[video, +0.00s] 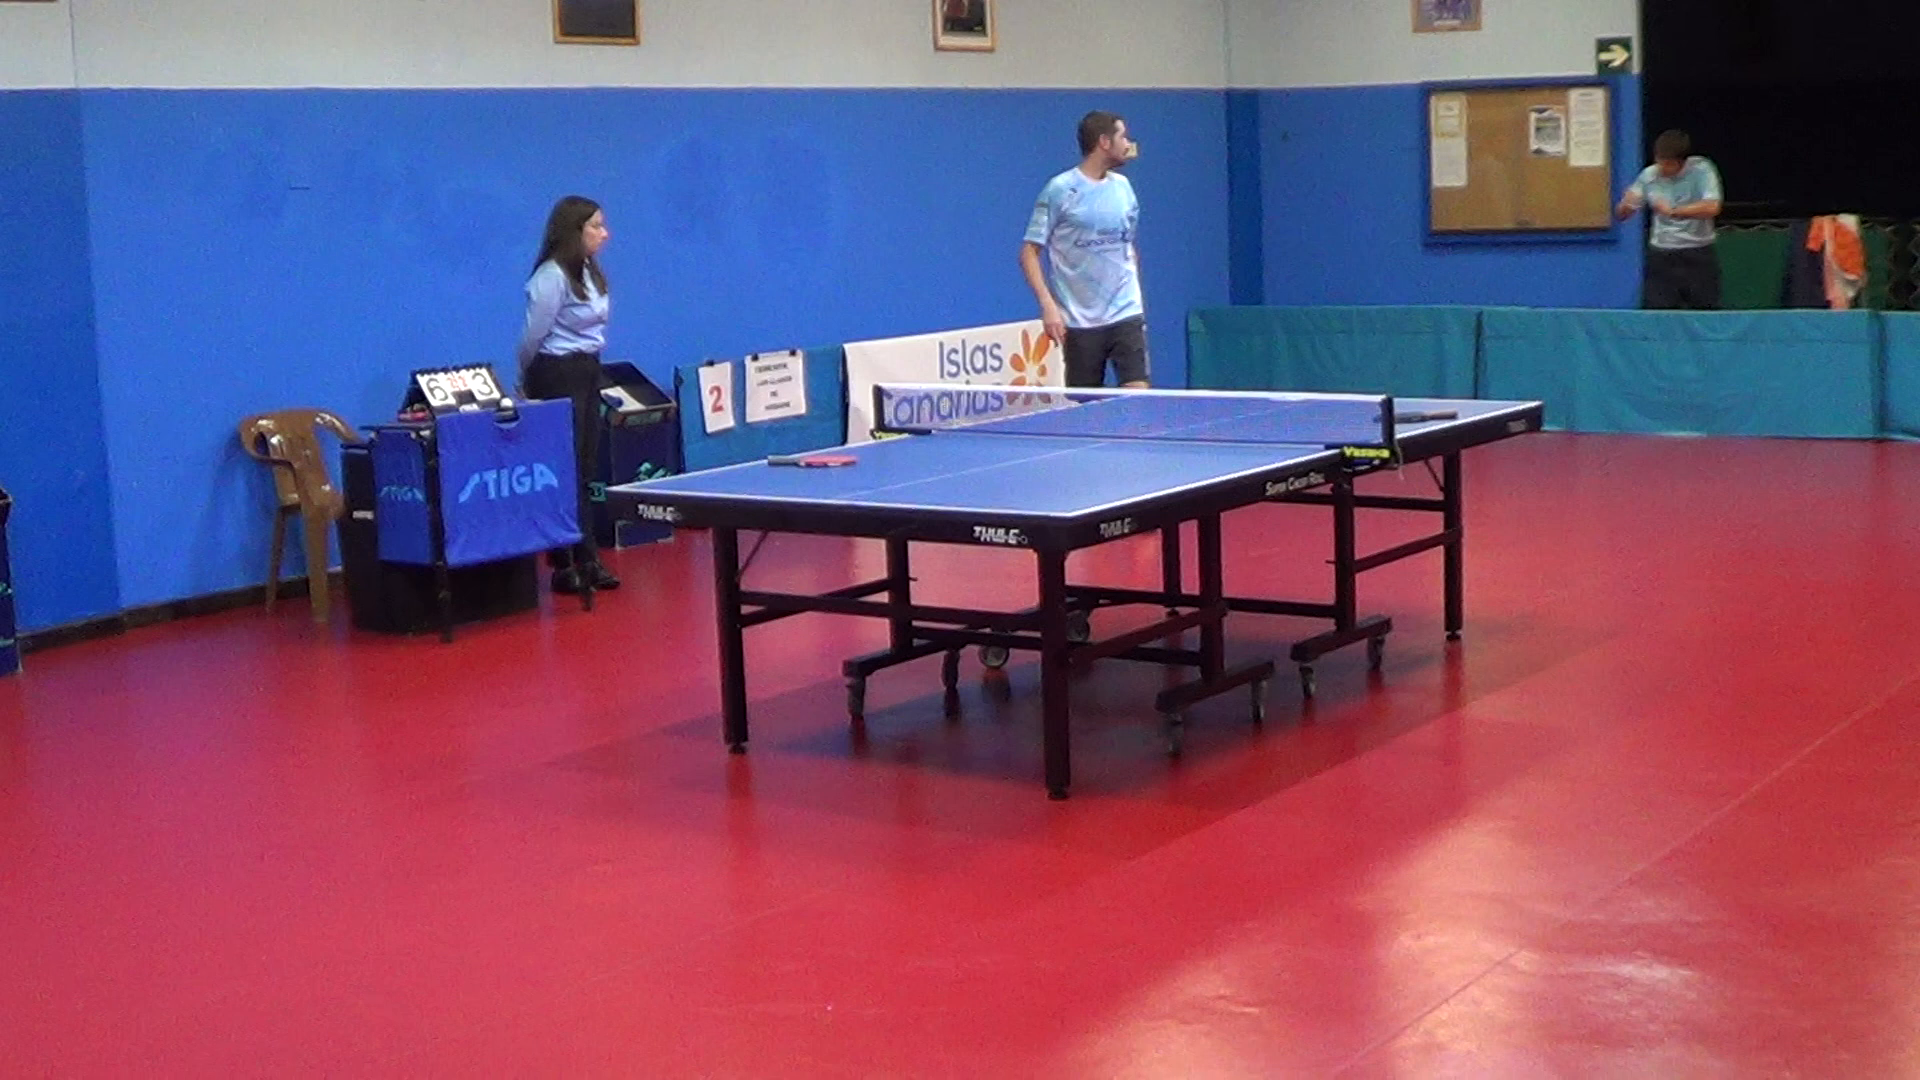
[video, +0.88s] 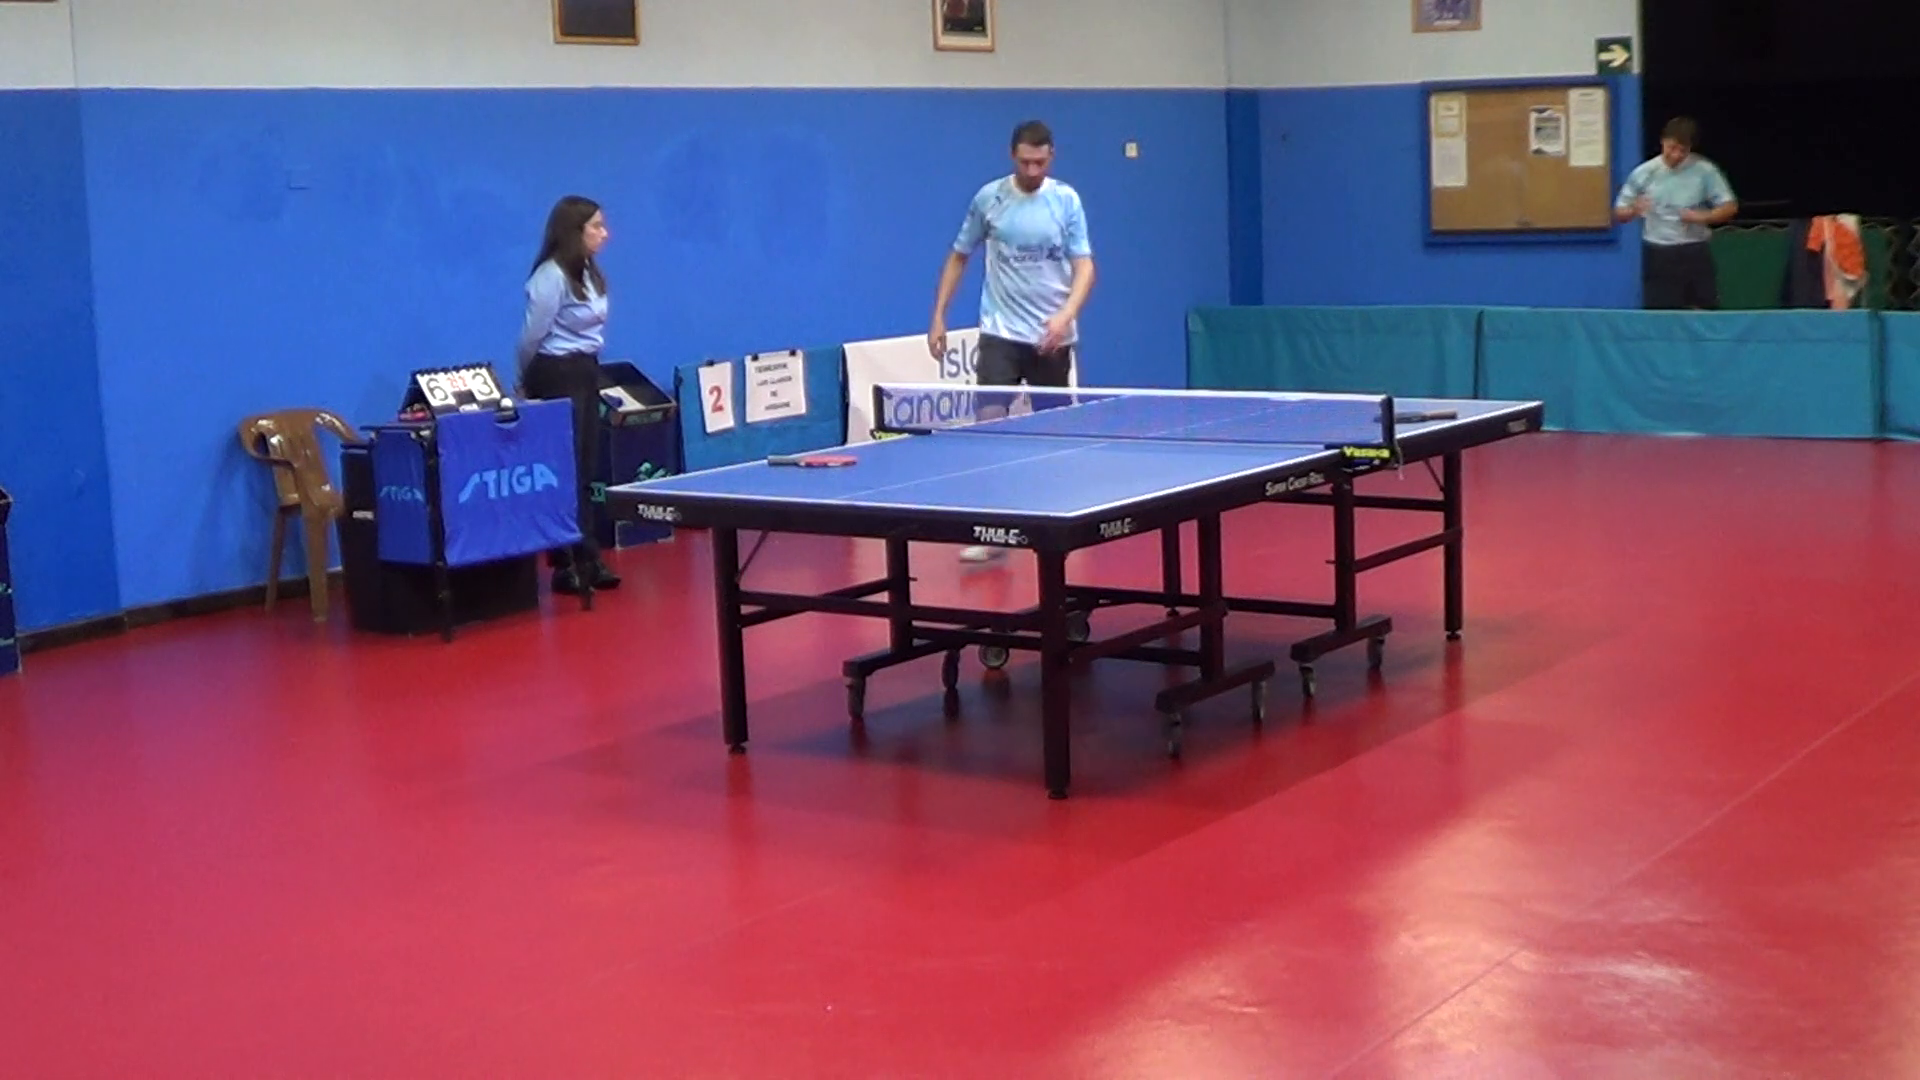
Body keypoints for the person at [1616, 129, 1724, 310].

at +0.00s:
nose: (1663, 168)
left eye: (1668, 164)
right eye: (1661, 163)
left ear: (1681, 161)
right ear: (1657, 159)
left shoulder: (1702, 169)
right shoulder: (1649, 174)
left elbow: (1712, 207)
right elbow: (1622, 214)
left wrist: (1673, 211)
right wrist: (1627, 205)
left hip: (1698, 254)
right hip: (1662, 255)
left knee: (1705, 314)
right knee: (1658, 315)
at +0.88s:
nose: (1676, 155)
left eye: (1682, 150)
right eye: (1672, 148)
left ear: (1690, 149)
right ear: (1662, 144)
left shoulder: (1705, 171)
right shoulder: (1645, 172)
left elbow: (1729, 207)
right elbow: (1619, 213)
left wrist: (1702, 217)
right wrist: (1635, 209)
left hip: (1695, 251)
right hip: (1658, 252)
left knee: (1703, 311)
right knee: (1660, 313)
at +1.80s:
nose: (1793, 159)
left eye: (1795, 154)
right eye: (1792, 152)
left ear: (1778, 144)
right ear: (1777, 142)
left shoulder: (1763, 171)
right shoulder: (1747, 168)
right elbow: (1729, 213)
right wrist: (1776, 229)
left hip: (1756, 251)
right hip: (1741, 251)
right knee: (1760, 317)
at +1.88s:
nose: (1803, 161)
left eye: (1805, 155)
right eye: (1802, 154)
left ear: (1789, 145)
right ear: (1787, 144)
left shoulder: (1772, 172)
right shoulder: (1758, 170)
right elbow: (1740, 215)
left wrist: (1796, 231)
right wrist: (1788, 232)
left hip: (1767, 253)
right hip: (1751, 252)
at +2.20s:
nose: (1849, 164)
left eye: (1852, 159)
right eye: (1849, 157)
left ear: (1837, 147)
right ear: (1837, 146)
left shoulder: (1818, 172)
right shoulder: (1806, 171)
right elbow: (1787, 222)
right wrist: (1833, 240)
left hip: (1812, 253)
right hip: (1796, 252)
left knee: (1816, 318)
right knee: (1804, 320)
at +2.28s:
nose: (1860, 162)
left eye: (1863, 157)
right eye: (1860, 155)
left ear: (1848, 146)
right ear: (1848, 145)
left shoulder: (1829, 171)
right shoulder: (1816, 170)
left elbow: (1823, 221)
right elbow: (1798, 222)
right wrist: (1844, 241)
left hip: (1820, 252)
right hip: (1805, 252)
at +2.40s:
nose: (1876, 163)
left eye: (1880, 158)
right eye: (1877, 155)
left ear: (1863, 146)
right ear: (1864, 145)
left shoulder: (1846, 172)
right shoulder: (1833, 170)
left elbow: (1848, 226)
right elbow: (1818, 222)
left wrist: (1857, 267)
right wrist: (1864, 243)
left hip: (1836, 253)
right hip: (1818, 252)